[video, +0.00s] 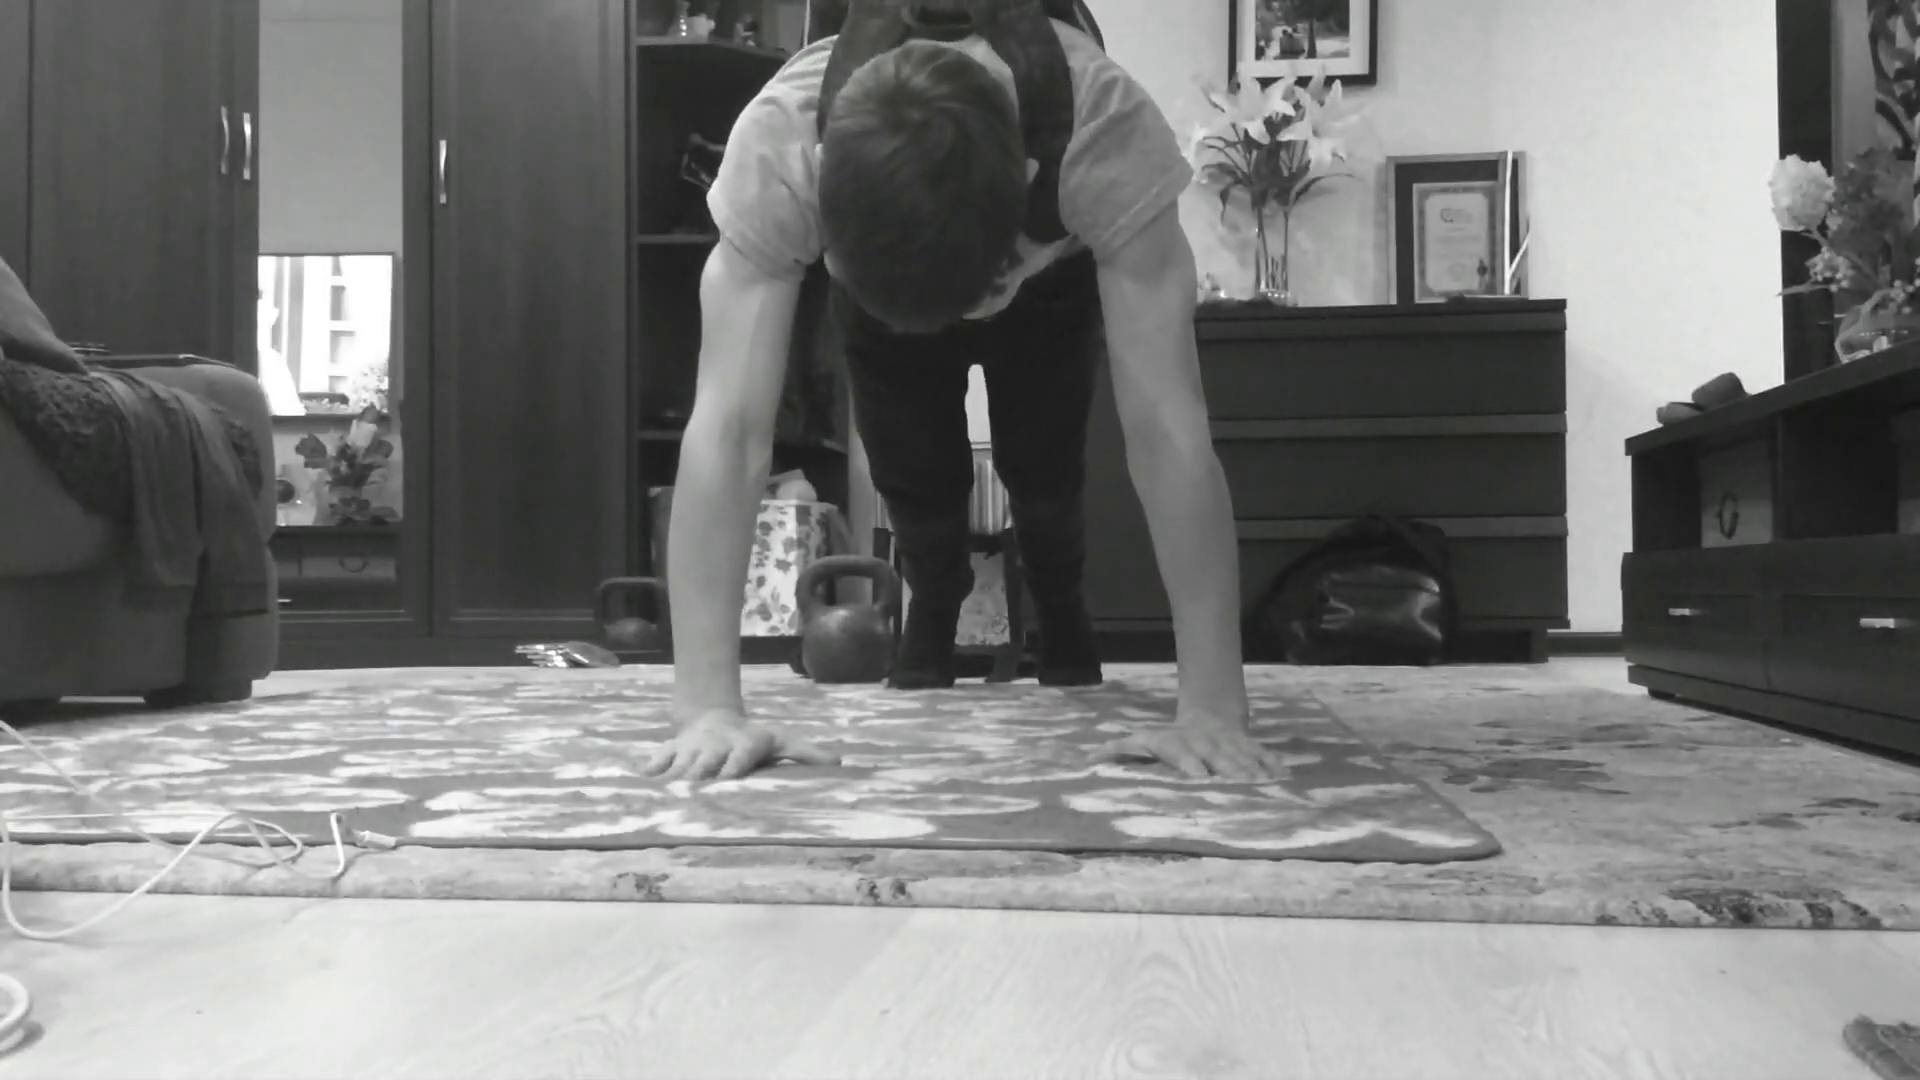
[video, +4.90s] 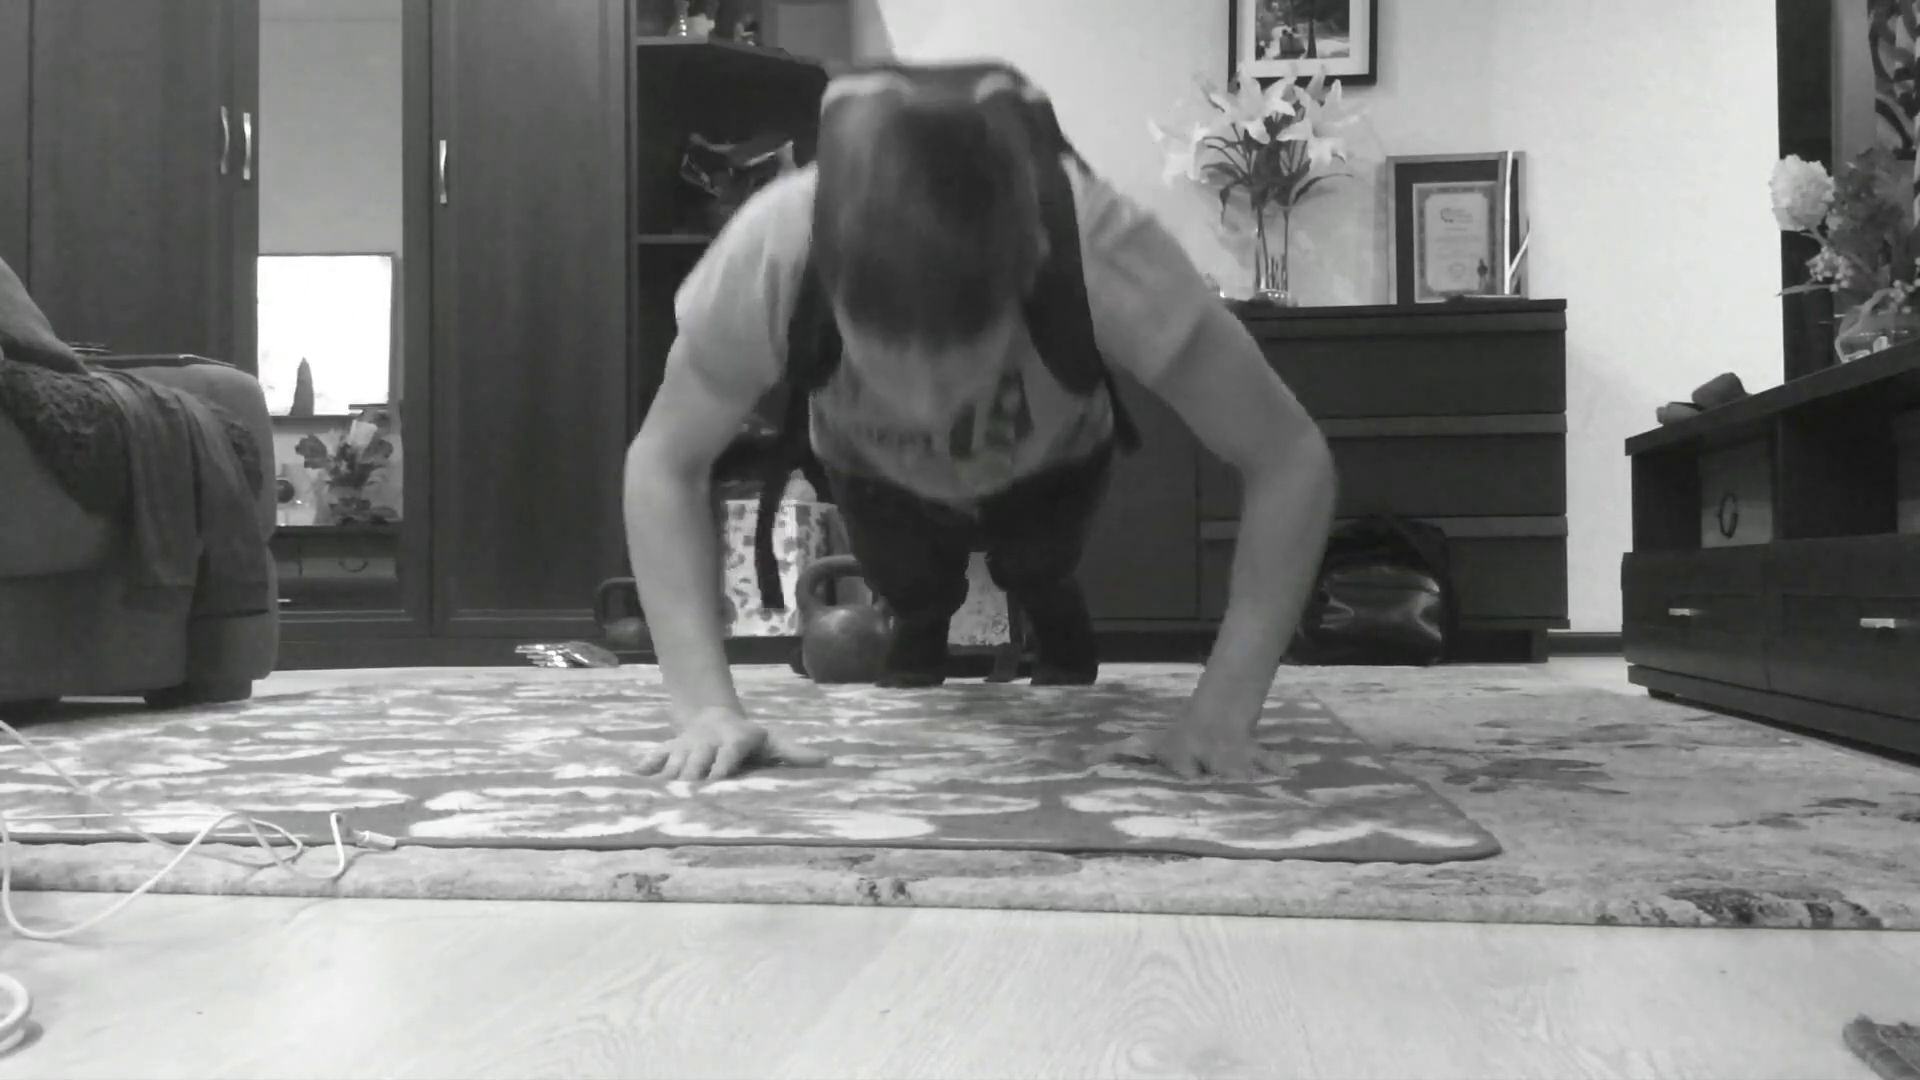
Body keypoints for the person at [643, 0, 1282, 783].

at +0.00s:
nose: (944, 334)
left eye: (973, 303)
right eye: (901, 319)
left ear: (1028, 191)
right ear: (831, 200)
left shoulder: (1115, 146)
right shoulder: (776, 156)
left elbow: (1171, 438)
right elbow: (726, 432)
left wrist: (1214, 712)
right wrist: (708, 709)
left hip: (1048, 261)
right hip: (871, 270)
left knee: (1043, 475)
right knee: (911, 479)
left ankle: (1055, 623)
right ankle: (931, 608)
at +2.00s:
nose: (929, 333)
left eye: (963, 300)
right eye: (892, 318)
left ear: (1020, 190)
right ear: (823, 188)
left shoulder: (1112, 145)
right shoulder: (770, 157)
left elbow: (1171, 435)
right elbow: (721, 433)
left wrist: (1212, 708)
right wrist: (708, 708)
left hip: (1042, 254)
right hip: (868, 267)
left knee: (1043, 470)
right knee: (912, 474)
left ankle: (1059, 621)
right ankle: (934, 604)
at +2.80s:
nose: (932, 246)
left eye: (957, 208)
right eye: (893, 215)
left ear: (1021, 122)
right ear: (834, 145)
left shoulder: (1113, 144)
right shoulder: (775, 156)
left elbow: (1176, 436)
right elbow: (721, 436)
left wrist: (1216, 714)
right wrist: (707, 709)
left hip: (1044, 273)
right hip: (874, 282)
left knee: (1034, 485)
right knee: (908, 488)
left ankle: (1043, 645)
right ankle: (929, 608)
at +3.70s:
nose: (912, 132)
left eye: (952, 87)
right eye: (874, 87)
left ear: (1022, 42)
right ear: (834, 51)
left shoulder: (1108, 132)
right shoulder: (780, 137)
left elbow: (1175, 439)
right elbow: (722, 432)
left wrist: (1214, 710)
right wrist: (709, 711)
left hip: (1045, 332)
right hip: (880, 340)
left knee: (1045, 525)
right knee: (900, 531)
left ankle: (1066, 697)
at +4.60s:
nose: (916, 238)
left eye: (948, 202)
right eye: (880, 202)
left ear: (1013, 130)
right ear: (832, 143)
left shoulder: (1102, 163)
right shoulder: (768, 174)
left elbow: (1227, 446)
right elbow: (703, 447)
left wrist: (1217, 718)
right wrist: (708, 708)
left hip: (1045, 372)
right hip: (874, 378)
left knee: (1043, 544)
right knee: (903, 547)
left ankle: (1054, 606)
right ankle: (918, 605)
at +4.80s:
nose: (927, 359)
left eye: (959, 326)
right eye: (889, 329)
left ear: (1021, 229)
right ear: (832, 236)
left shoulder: (1107, 228)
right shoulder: (763, 234)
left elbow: (1278, 458)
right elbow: (674, 457)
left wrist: (1224, 710)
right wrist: (705, 705)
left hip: (1046, 439)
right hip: (877, 449)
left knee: (1043, 565)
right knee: (909, 579)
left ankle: (1051, 624)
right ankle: (917, 626)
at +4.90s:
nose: (930, 401)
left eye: (962, 363)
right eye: (894, 367)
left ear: (1030, 273)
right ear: (836, 275)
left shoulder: (1107, 253)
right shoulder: (765, 264)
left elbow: (1295, 460)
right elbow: (662, 465)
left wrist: (1228, 707)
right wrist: (705, 708)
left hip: (1047, 468)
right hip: (880, 481)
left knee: (1043, 566)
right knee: (909, 585)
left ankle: (1048, 616)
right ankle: (915, 626)